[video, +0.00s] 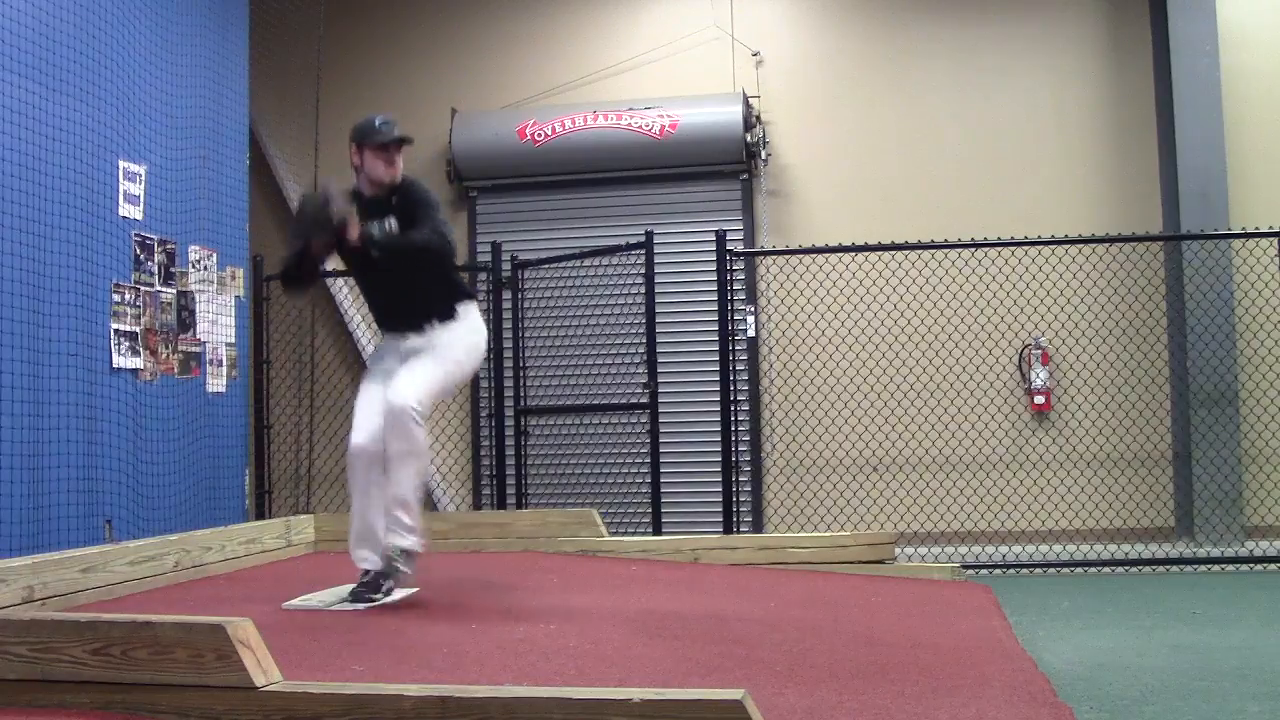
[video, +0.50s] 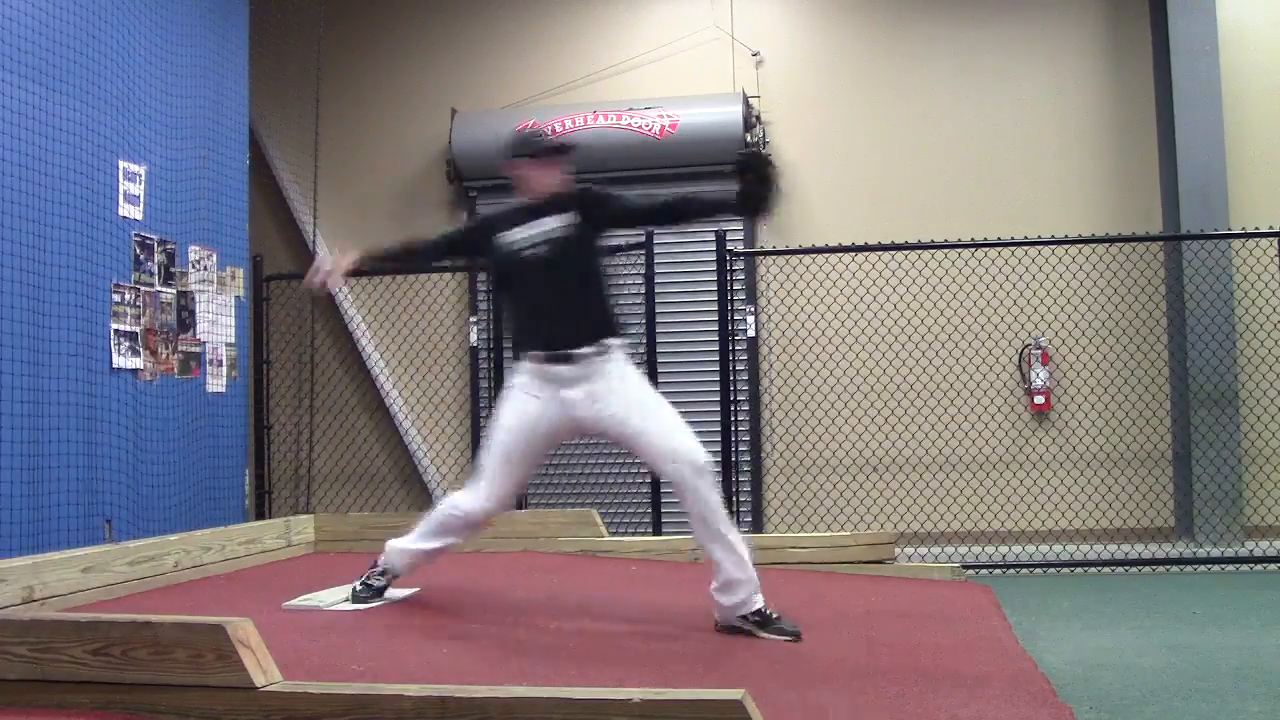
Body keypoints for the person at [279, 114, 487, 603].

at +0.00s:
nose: (395, 159)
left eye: (399, 150)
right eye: (384, 151)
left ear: (404, 153)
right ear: (357, 156)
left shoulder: (412, 195)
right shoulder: (340, 210)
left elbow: (437, 243)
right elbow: (293, 282)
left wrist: (364, 236)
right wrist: (317, 245)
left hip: (454, 331)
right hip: (397, 344)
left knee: (402, 401)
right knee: (363, 444)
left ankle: (403, 544)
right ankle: (376, 566)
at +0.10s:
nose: (396, 181)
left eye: (400, 173)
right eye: (385, 174)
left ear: (406, 177)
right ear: (359, 180)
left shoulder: (415, 216)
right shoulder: (341, 241)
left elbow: (458, 257)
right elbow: (322, 315)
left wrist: (404, 279)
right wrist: (352, 289)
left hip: (467, 350)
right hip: (406, 364)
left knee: (434, 424)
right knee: (378, 455)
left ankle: (454, 571)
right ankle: (382, 573)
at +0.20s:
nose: (409, 193)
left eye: (413, 184)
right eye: (397, 185)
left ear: (419, 188)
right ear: (372, 192)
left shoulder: (432, 227)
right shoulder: (357, 257)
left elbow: (478, 260)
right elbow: (346, 334)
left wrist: (472, 275)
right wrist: (350, 406)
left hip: (487, 360)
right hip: (426, 376)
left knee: (485, 440)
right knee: (393, 469)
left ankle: (532, 579)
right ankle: (382, 574)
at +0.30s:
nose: (435, 192)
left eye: (439, 183)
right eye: (423, 185)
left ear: (447, 187)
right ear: (398, 194)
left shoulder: (465, 227)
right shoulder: (383, 261)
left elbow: (528, 227)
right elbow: (358, 336)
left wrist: (588, 227)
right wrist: (338, 410)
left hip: (512, 367)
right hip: (449, 383)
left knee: (552, 448)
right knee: (407, 478)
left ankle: (628, 578)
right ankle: (383, 574)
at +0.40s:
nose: (482, 184)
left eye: (485, 174)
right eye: (470, 176)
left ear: (491, 180)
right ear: (442, 185)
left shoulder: (515, 218)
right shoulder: (426, 252)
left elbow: (592, 207)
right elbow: (377, 302)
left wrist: (668, 188)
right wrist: (322, 346)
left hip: (554, 372)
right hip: (484, 386)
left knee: (629, 460)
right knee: (433, 486)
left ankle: (709, 583)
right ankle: (383, 572)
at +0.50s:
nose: (555, 171)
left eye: (557, 162)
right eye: (543, 163)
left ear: (565, 167)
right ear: (518, 171)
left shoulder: (588, 206)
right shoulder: (494, 229)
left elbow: (665, 209)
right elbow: (426, 253)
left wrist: (739, 202)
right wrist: (357, 261)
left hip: (607, 374)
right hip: (536, 385)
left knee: (690, 461)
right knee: (483, 502)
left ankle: (742, 603)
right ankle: (389, 569)